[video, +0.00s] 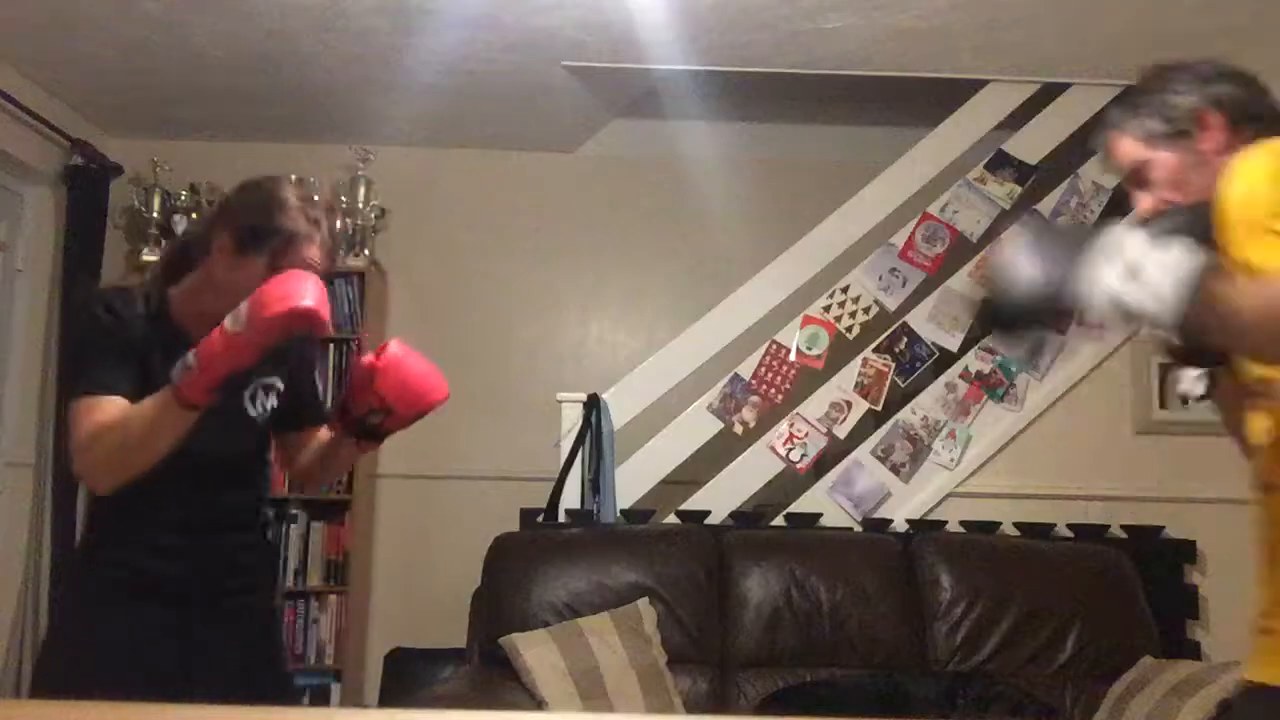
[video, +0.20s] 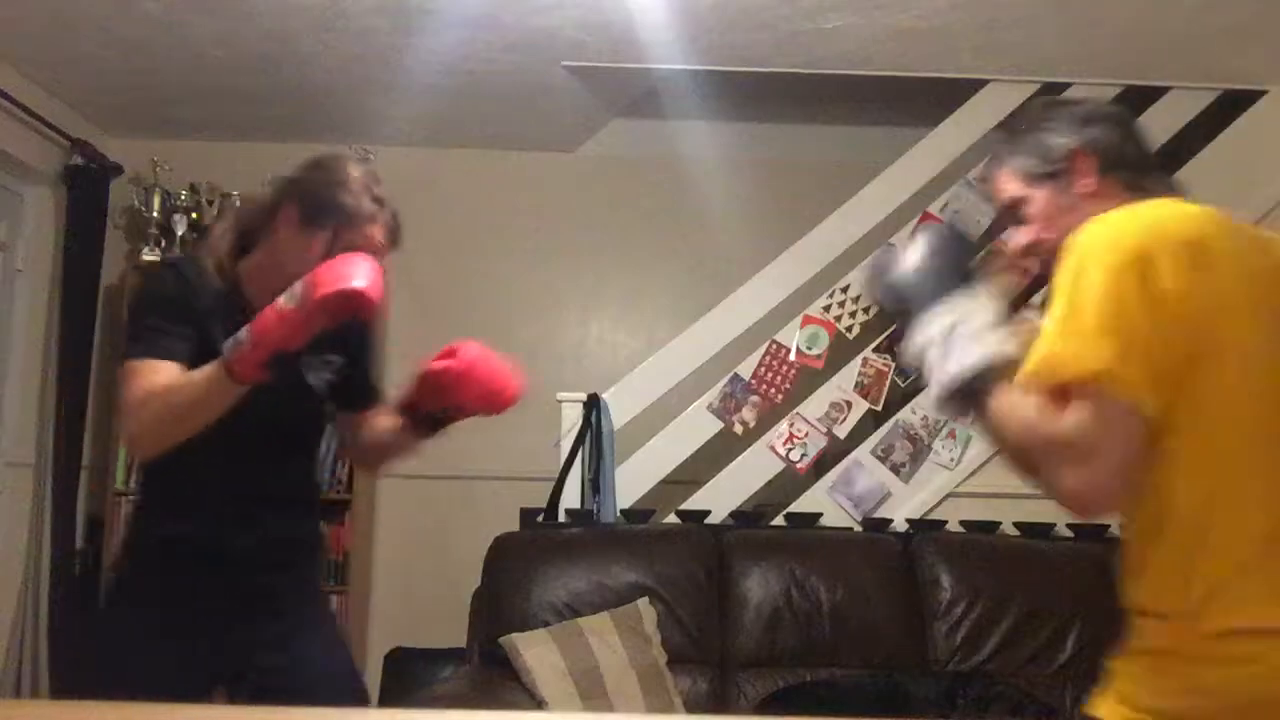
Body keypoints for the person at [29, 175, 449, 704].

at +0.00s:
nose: (288, 296)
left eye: (302, 280)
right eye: (279, 274)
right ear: (225, 250)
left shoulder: (282, 346)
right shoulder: (118, 321)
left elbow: (305, 473)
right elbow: (98, 464)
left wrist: (357, 428)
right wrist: (218, 359)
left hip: (239, 633)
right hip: (121, 632)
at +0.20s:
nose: (355, 273)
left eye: (367, 261)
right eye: (348, 252)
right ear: (291, 223)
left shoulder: (340, 318)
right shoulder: (180, 289)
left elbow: (364, 446)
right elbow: (142, 430)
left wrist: (422, 416)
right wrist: (258, 346)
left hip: (285, 594)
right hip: (167, 588)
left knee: (341, 715)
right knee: (131, 719)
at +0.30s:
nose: (372, 296)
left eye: (387, 285)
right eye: (365, 276)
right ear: (315, 252)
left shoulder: (371, 340)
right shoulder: (213, 322)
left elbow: (453, 459)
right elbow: (185, 449)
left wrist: (512, 400)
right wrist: (295, 351)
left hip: (318, 633)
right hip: (195, 629)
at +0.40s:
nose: (369, 312)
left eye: (385, 299)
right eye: (362, 291)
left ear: (387, 297)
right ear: (319, 264)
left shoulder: (379, 349)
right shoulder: (219, 328)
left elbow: (478, 449)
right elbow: (203, 454)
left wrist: (539, 370)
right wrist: (308, 358)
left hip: (315, 633)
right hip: (194, 627)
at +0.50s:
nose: (350, 281)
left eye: (365, 270)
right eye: (345, 262)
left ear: (370, 267)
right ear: (298, 233)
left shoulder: (360, 320)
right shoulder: (200, 297)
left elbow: (443, 435)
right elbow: (184, 427)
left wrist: (512, 361)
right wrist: (295, 332)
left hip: (290, 604)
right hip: (169, 593)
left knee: (334, 718)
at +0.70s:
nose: (294, 310)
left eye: (307, 296)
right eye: (281, 286)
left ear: (311, 287)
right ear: (234, 259)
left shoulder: (290, 348)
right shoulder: (132, 309)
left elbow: (346, 462)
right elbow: (145, 413)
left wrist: (413, 418)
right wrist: (256, 310)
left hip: (249, 629)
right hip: (127, 628)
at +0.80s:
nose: (276, 287)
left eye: (291, 274)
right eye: (270, 262)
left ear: (307, 270)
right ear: (237, 236)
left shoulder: (298, 330)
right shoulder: (134, 296)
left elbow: (363, 440)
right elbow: (128, 410)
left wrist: (426, 393)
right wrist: (252, 311)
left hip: (256, 600)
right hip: (134, 600)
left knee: (318, 712)